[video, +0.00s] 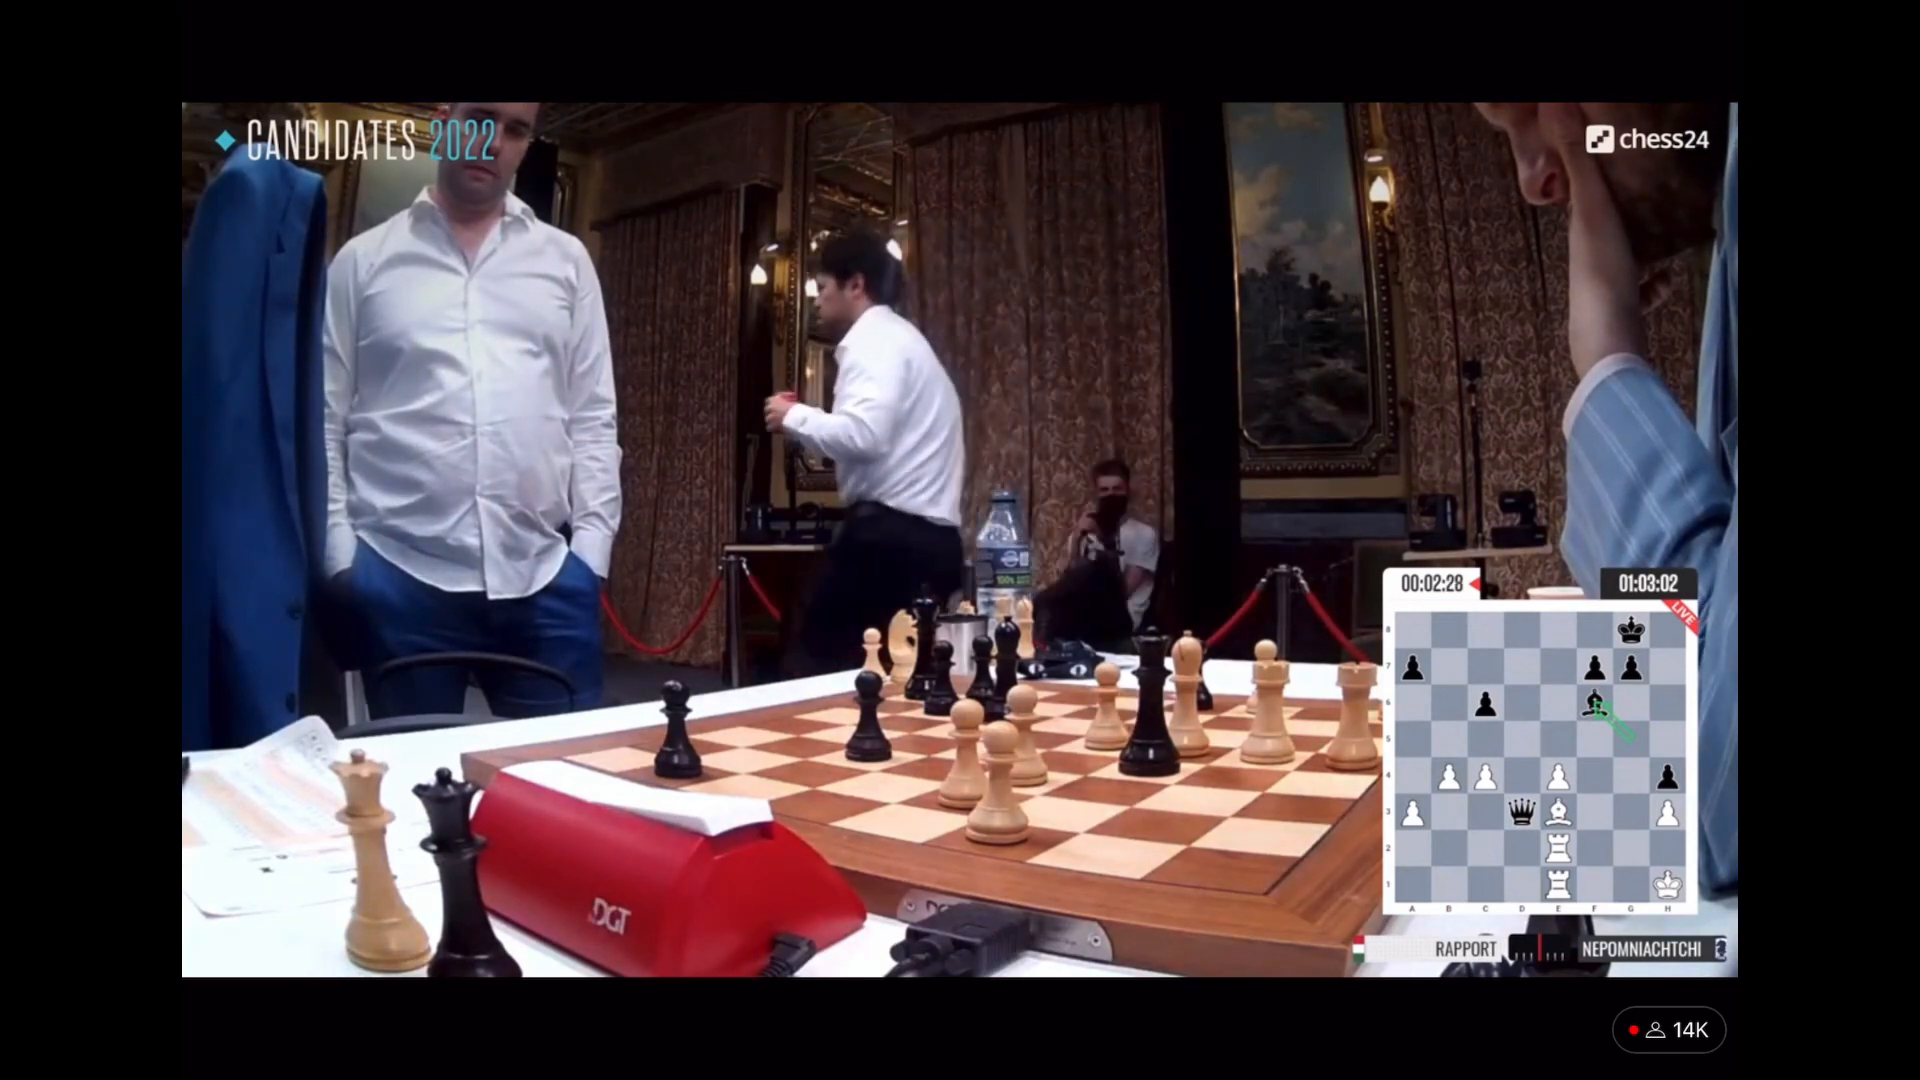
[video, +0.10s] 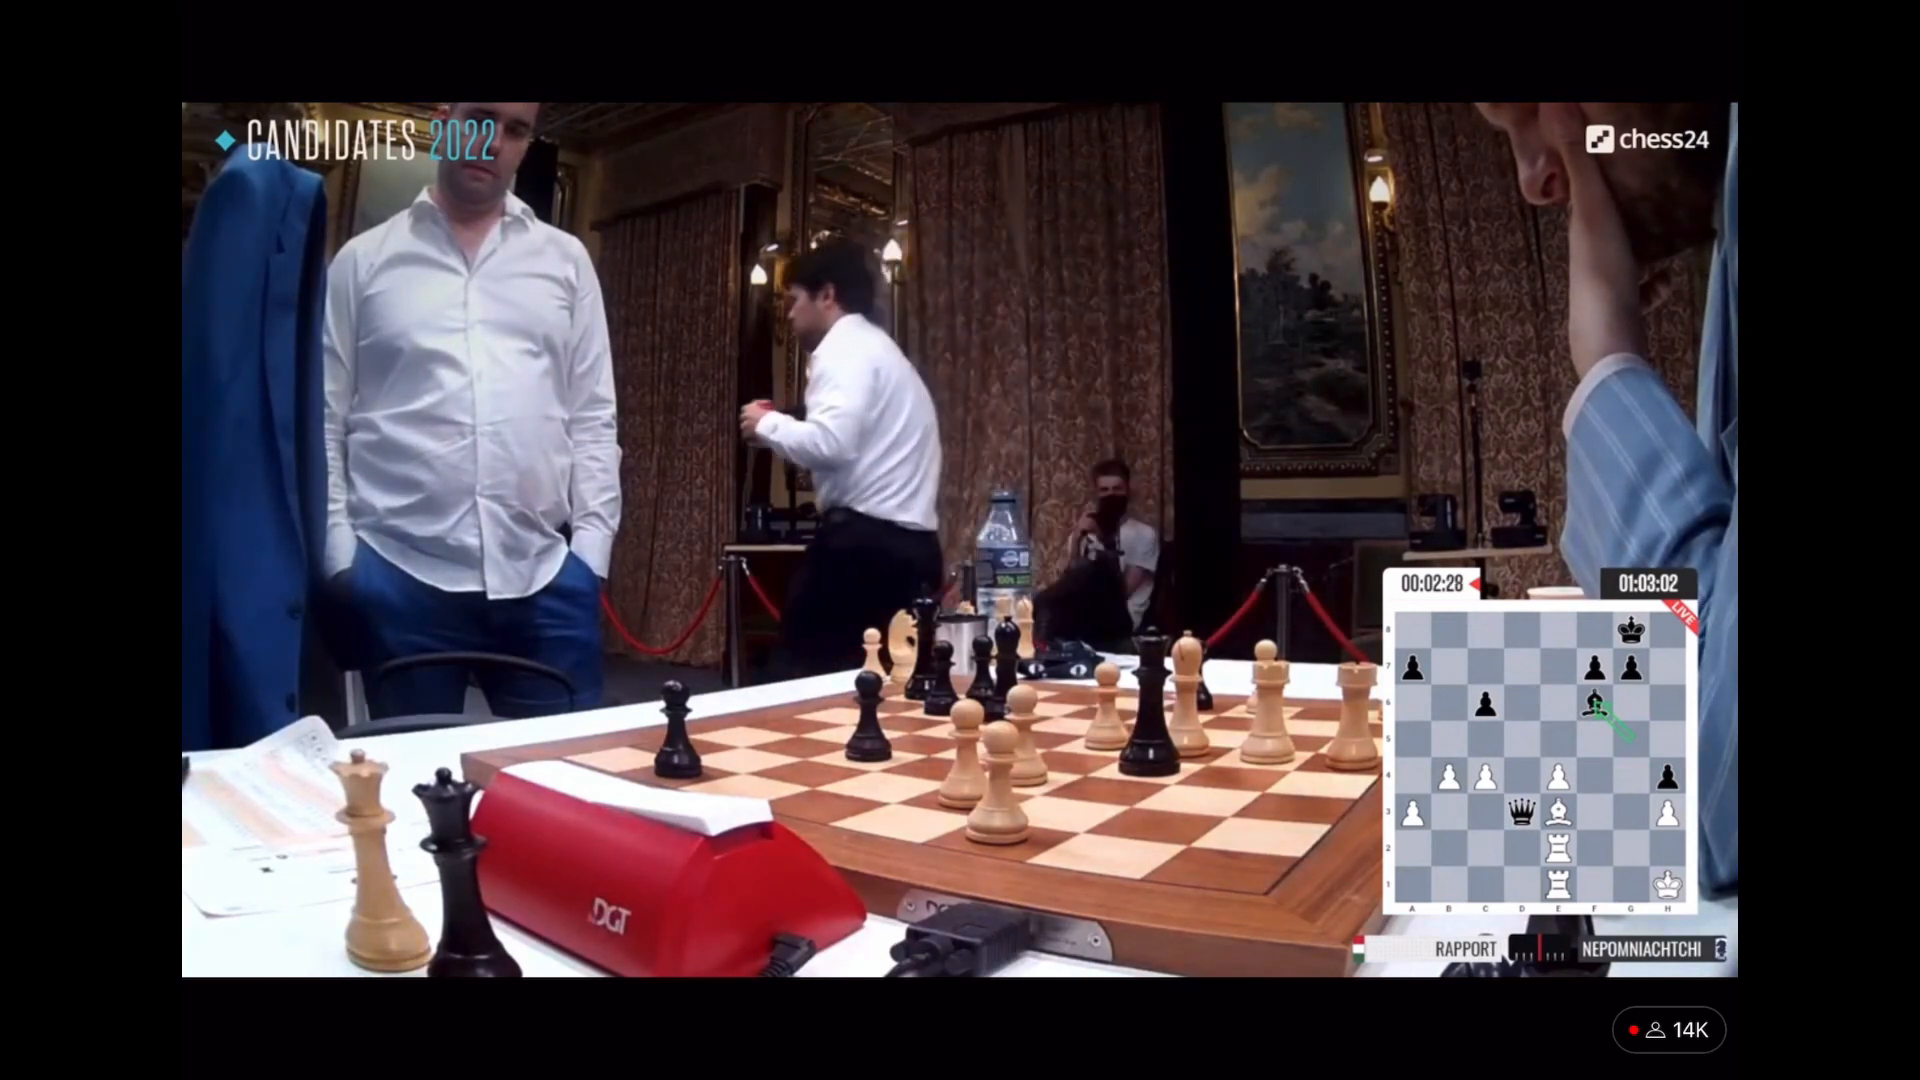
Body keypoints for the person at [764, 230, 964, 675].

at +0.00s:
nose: (818, 301)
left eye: (824, 288)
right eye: (819, 289)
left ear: (856, 287)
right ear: (859, 288)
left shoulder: (876, 337)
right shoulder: (907, 339)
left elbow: (864, 435)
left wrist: (795, 417)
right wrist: (803, 422)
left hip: (887, 538)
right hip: (935, 543)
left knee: (817, 661)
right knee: (908, 676)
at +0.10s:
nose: (788, 312)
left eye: (795, 299)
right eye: (789, 300)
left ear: (828, 297)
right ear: (831, 297)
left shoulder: (847, 346)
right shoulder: (885, 351)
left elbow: (831, 443)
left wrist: (767, 424)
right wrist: (787, 427)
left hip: (861, 547)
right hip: (914, 550)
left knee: (804, 678)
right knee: (893, 685)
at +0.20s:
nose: (734, 337)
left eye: (736, 324)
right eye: (732, 326)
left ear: (764, 316)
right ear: (774, 316)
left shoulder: (782, 365)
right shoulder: (825, 363)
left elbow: (760, 463)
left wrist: (709, 439)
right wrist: (728, 435)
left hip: (803, 551)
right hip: (856, 554)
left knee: (760, 680)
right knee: (832, 683)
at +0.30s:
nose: (705, 338)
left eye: (706, 325)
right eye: (703, 327)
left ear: (730, 319)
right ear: (749, 317)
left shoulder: (747, 367)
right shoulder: (799, 364)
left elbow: (725, 464)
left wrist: (680, 441)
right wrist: (709, 435)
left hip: (770, 551)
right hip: (827, 554)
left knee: (726, 680)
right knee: (801, 684)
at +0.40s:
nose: (667, 339)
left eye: (667, 327)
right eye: (665, 329)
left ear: (682, 319)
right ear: (720, 315)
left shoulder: (694, 363)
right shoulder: (770, 366)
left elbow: (671, 458)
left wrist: (638, 437)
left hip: (717, 541)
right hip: (779, 546)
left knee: (691, 672)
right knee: (764, 673)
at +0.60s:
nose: (615, 337)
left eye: (615, 327)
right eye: (614, 328)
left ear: (626, 322)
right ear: (670, 321)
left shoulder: (622, 368)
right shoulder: (719, 376)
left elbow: (600, 451)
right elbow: (750, 470)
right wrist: (723, 522)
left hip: (650, 528)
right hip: (711, 534)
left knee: (650, 642)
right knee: (681, 631)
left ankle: (660, 737)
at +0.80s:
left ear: (575, 338)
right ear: (613, 340)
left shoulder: (564, 388)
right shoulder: (657, 400)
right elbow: (679, 494)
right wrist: (659, 535)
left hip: (581, 536)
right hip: (644, 544)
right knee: (617, 638)